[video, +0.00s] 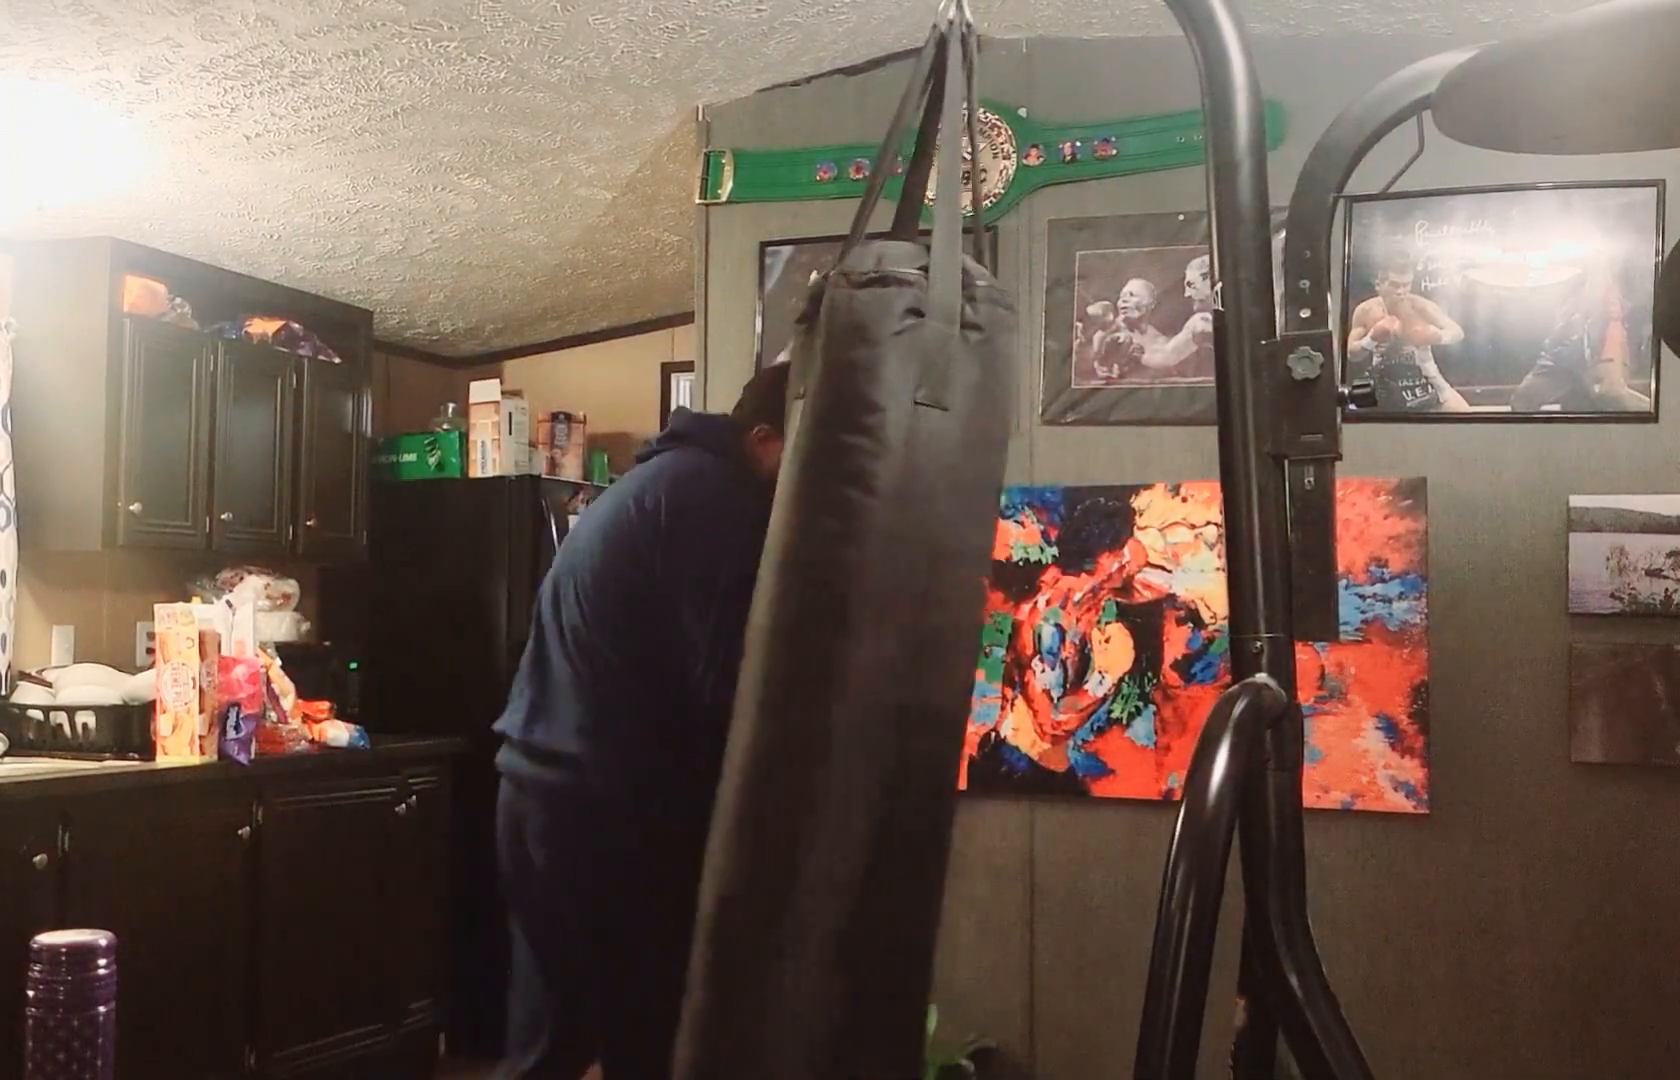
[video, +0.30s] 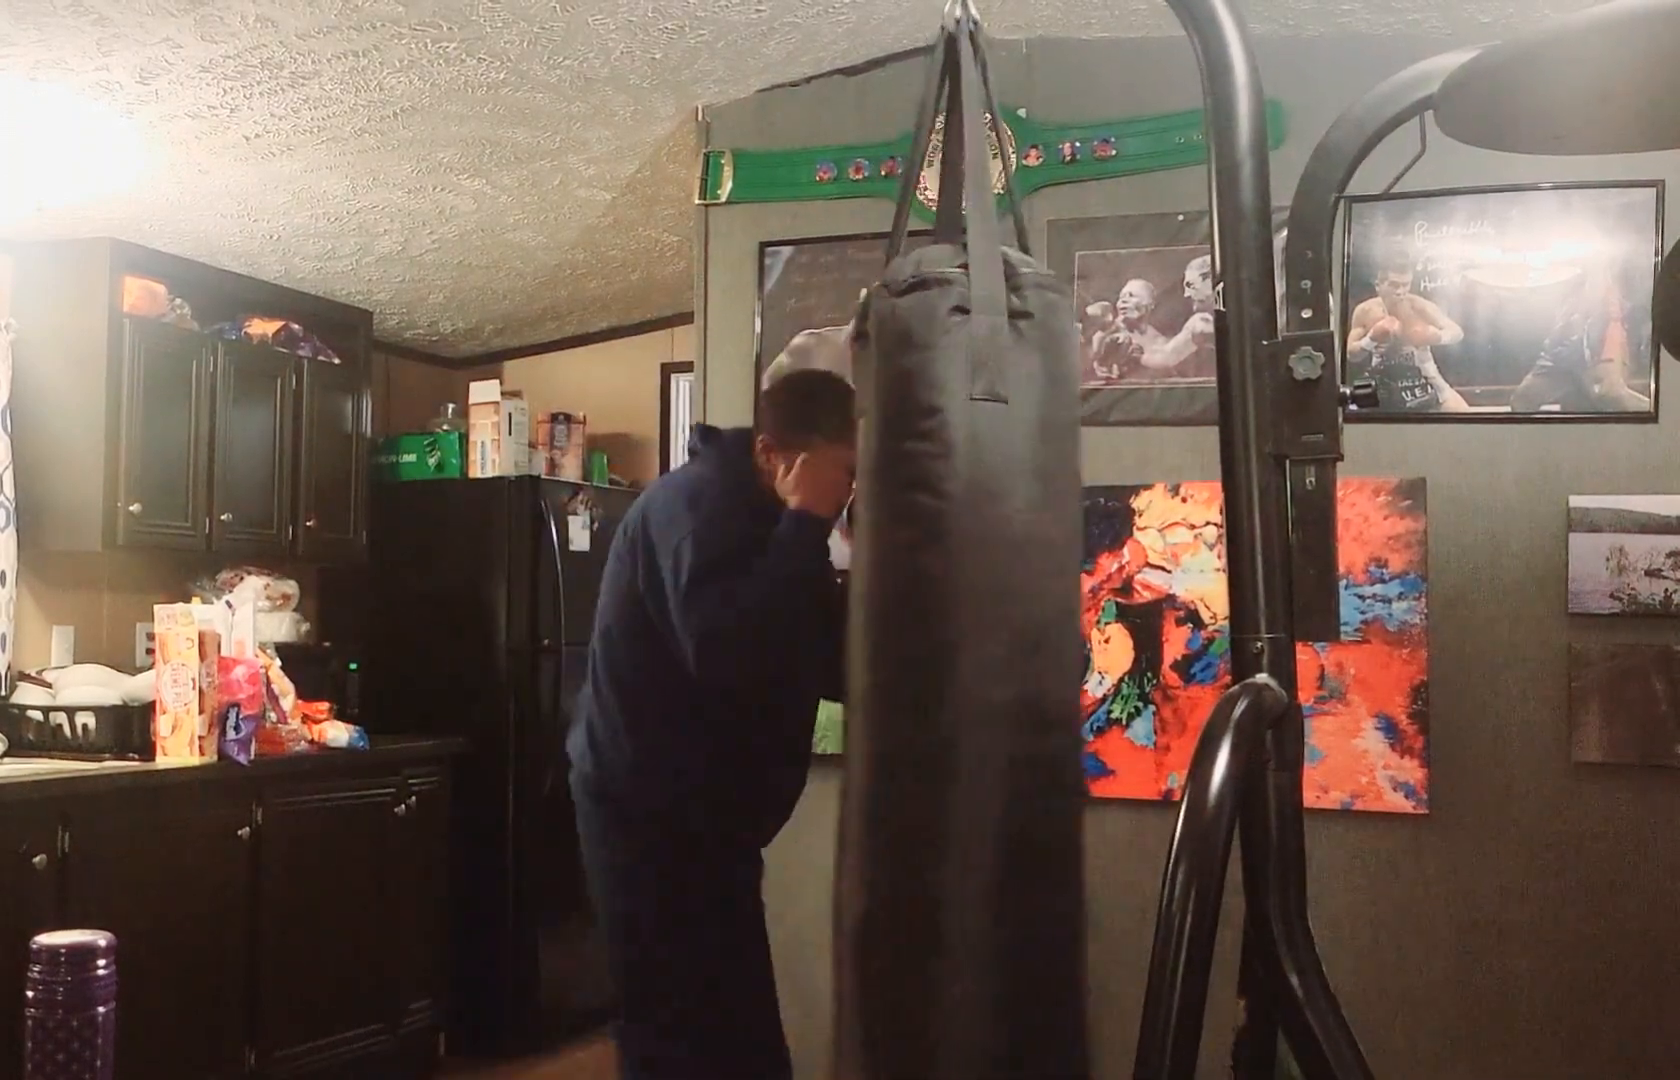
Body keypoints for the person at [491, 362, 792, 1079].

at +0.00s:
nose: (798, 484)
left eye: (807, 468)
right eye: (802, 464)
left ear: (755, 432)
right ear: (771, 440)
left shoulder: (658, 476)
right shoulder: (720, 495)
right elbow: (734, 679)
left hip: (535, 785)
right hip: (610, 803)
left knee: (548, 1030)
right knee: (644, 1034)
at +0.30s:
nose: (849, 492)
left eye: (854, 476)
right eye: (845, 473)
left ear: (783, 456)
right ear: (782, 456)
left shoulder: (756, 512)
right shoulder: (700, 503)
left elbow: (831, 660)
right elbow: (730, 654)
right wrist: (806, 524)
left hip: (703, 810)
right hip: (650, 811)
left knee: (739, 1029)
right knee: (687, 1037)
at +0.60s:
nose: (835, 512)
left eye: (846, 493)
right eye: (817, 494)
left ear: (858, 479)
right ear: (764, 472)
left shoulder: (825, 547)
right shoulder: (687, 523)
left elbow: (864, 696)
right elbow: (647, 676)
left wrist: (870, 589)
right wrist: (758, 569)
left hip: (766, 808)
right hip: (675, 810)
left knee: (793, 1031)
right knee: (732, 1040)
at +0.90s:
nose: (888, 487)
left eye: (900, 470)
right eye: (870, 468)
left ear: (912, 456)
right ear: (818, 444)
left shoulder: (857, 525)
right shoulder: (763, 482)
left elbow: (873, 675)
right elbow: (693, 539)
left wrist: (908, 586)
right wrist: (859, 553)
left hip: (748, 805)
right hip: (678, 799)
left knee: (754, 1034)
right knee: (704, 1033)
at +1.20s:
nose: (885, 503)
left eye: (894, 486)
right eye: (872, 482)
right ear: (821, 456)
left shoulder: (835, 530)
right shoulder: (764, 493)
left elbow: (845, 694)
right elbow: (717, 614)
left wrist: (903, 606)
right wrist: (875, 590)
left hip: (732, 805)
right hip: (663, 799)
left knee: (741, 1029)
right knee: (685, 1032)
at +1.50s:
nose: (873, 490)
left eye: (877, 475)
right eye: (864, 473)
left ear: (825, 467)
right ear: (823, 464)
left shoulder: (829, 533)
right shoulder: (746, 499)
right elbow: (641, 581)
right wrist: (782, 594)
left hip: (739, 798)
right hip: (667, 793)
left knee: (759, 1027)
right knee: (710, 1034)